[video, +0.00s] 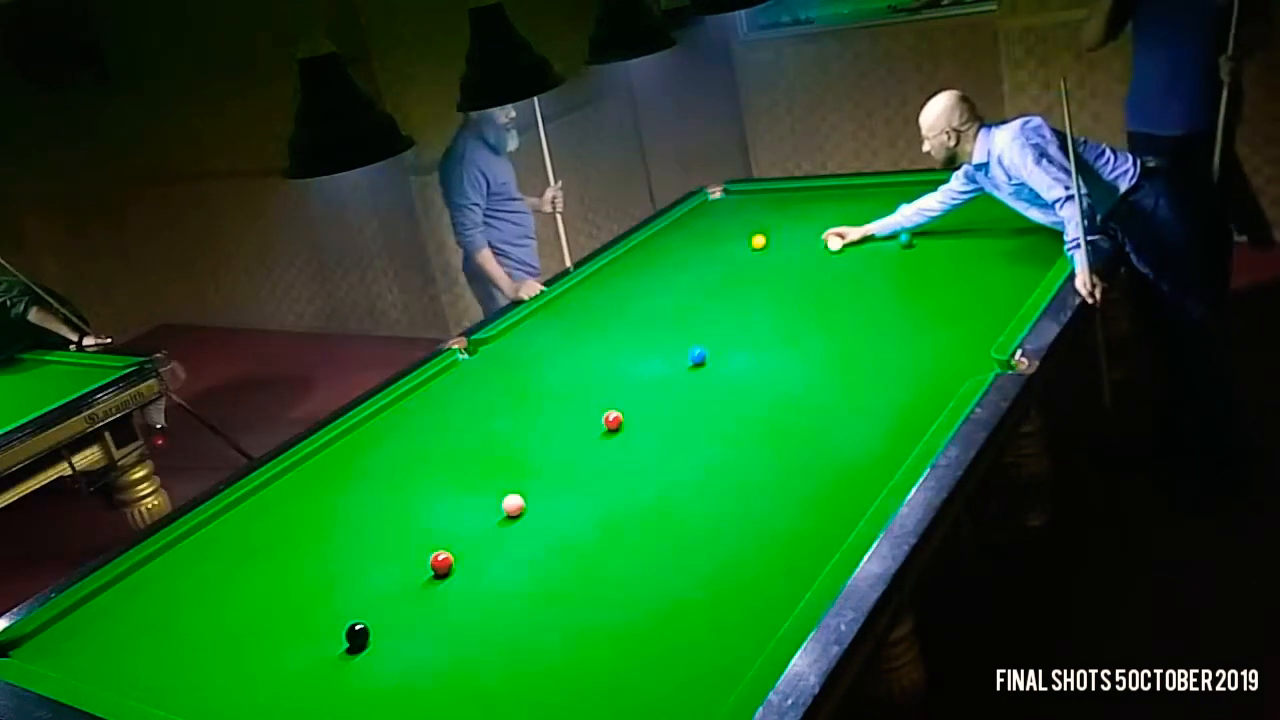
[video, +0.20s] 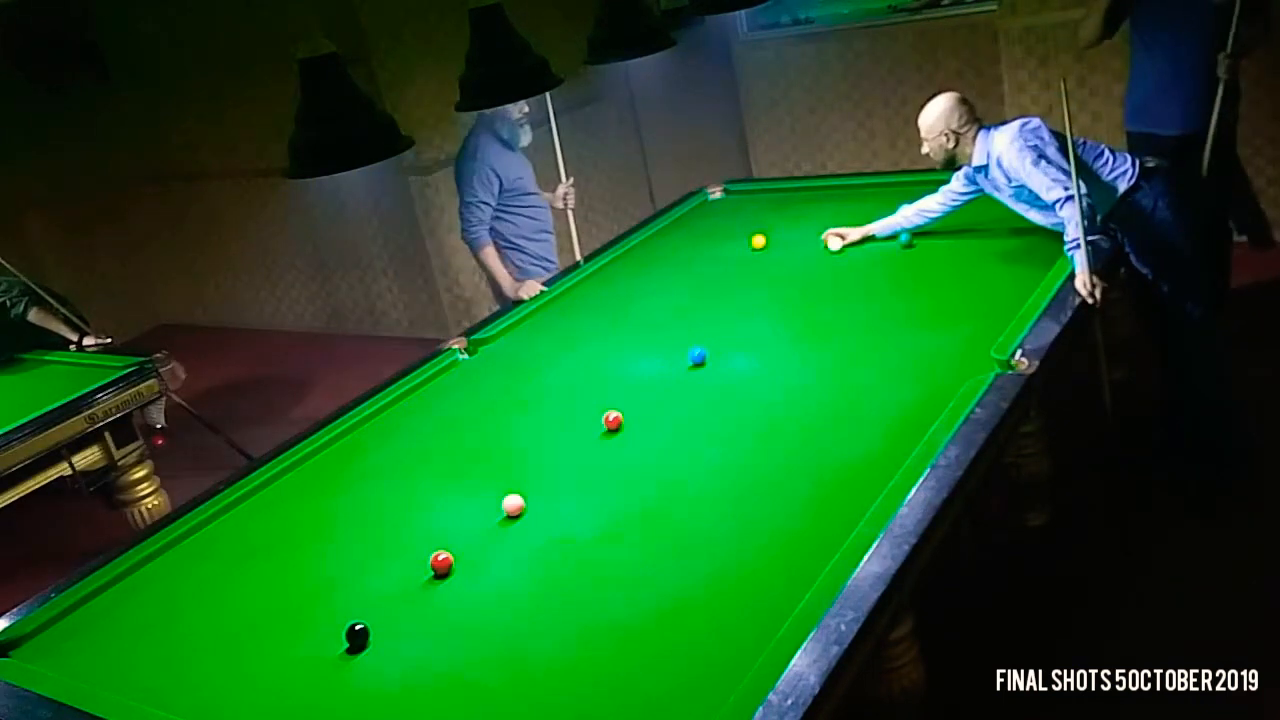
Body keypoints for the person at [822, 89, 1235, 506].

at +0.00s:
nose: (924, 147)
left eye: (927, 138)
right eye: (923, 139)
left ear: (954, 132)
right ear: (955, 131)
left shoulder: (1015, 141)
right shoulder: (978, 168)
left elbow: (1070, 197)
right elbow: (931, 206)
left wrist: (1082, 263)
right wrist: (862, 231)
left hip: (1147, 201)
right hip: (1123, 221)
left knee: (1196, 319)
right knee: (1174, 323)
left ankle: (1216, 442)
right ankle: (1197, 438)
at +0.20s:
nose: (923, 148)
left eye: (927, 139)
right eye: (923, 140)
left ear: (955, 134)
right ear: (955, 133)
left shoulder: (1013, 143)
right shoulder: (977, 171)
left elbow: (1067, 196)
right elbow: (928, 208)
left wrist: (1082, 265)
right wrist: (862, 232)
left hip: (1144, 199)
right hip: (1122, 221)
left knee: (1194, 315)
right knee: (1175, 317)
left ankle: (1216, 442)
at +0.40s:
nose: (923, 148)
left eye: (927, 139)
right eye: (922, 141)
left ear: (955, 134)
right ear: (955, 133)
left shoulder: (1014, 143)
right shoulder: (978, 171)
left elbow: (1068, 196)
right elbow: (927, 209)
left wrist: (1081, 264)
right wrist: (861, 232)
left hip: (1149, 202)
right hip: (1125, 223)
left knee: (1194, 319)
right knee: (1175, 320)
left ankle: (1215, 443)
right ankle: (1197, 439)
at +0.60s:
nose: (923, 149)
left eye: (927, 140)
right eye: (922, 141)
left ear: (955, 135)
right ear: (955, 134)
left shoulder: (1014, 143)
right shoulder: (977, 171)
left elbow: (1067, 196)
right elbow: (927, 210)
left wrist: (1081, 265)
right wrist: (861, 232)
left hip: (1148, 201)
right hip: (1125, 223)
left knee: (1196, 317)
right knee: (1177, 319)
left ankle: (1217, 443)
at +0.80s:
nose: (924, 150)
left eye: (927, 141)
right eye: (923, 142)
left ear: (952, 137)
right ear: (955, 134)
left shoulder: (1013, 145)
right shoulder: (979, 171)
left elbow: (1068, 195)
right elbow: (927, 210)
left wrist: (1081, 264)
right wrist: (862, 232)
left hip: (1148, 201)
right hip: (1124, 220)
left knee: (1194, 317)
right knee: (1174, 318)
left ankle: (1217, 440)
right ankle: (1198, 435)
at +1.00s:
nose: (924, 150)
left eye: (927, 141)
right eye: (923, 143)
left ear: (952, 137)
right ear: (955, 134)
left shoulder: (1013, 145)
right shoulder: (979, 170)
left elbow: (1069, 196)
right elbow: (927, 210)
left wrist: (1081, 264)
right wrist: (861, 232)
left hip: (1148, 201)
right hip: (1124, 219)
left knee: (1194, 319)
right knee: (1174, 320)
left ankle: (1216, 444)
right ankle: (1197, 439)